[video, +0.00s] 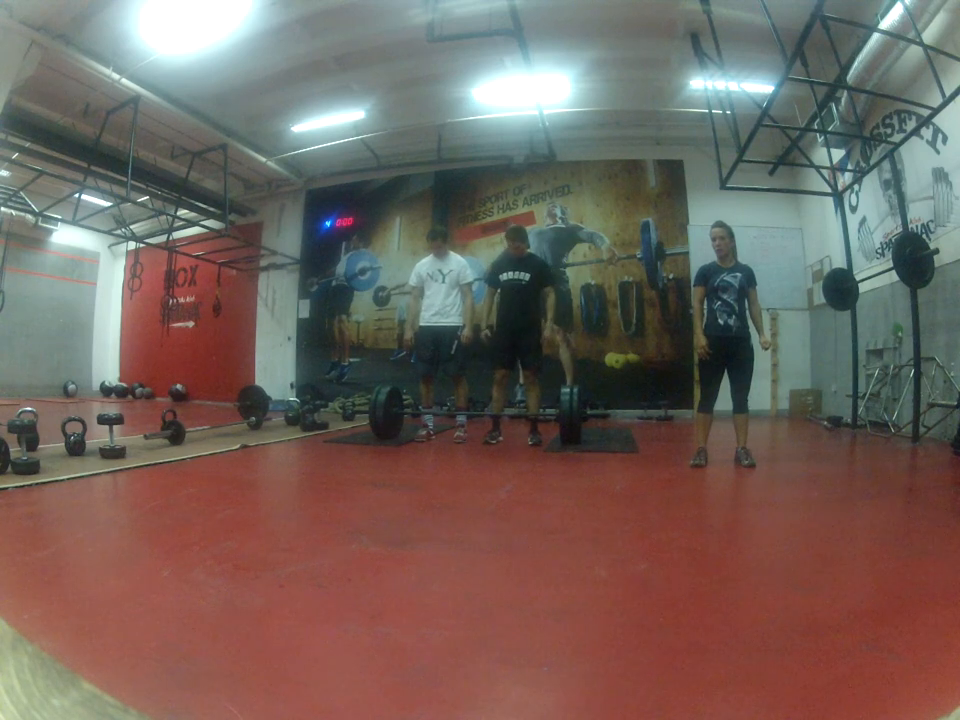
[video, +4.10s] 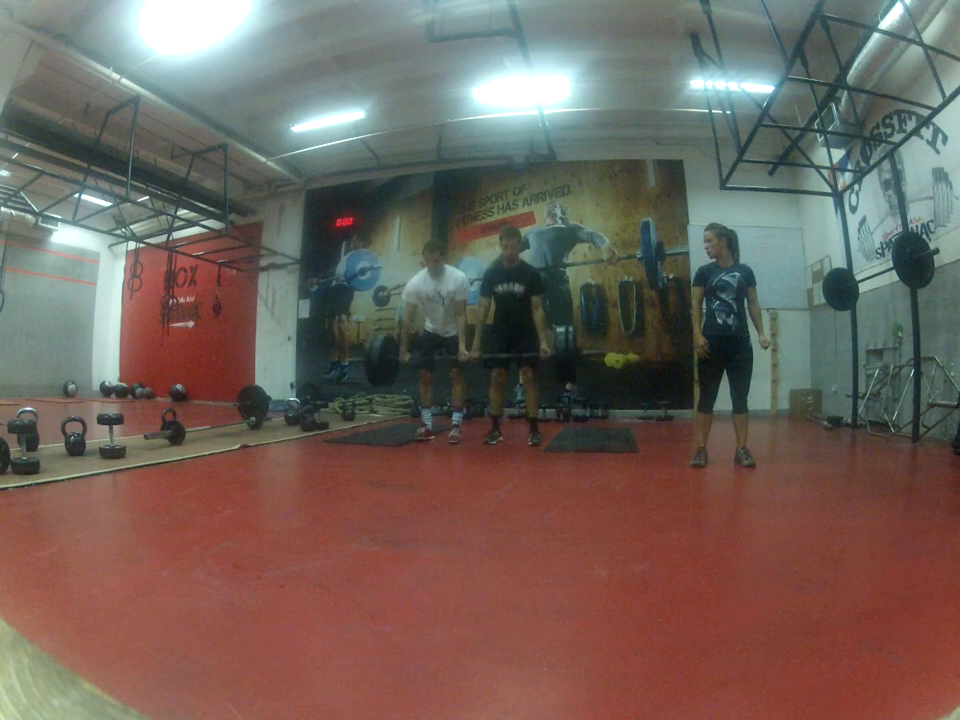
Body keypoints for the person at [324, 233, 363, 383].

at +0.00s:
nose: (352, 243)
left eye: (355, 241)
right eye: (352, 240)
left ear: (361, 243)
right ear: (353, 242)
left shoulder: (360, 257)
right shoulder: (347, 256)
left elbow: (363, 275)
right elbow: (336, 273)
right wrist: (319, 280)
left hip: (346, 288)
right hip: (335, 288)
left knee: (342, 323)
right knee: (334, 325)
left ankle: (345, 362)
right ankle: (335, 361)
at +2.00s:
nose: (353, 243)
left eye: (356, 241)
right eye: (353, 240)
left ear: (360, 243)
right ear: (354, 242)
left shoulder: (360, 256)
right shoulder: (348, 256)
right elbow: (336, 272)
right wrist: (318, 279)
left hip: (346, 288)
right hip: (335, 288)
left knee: (342, 324)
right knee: (334, 324)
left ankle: (345, 362)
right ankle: (335, 361)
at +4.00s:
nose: (354, 243)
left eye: (357, 241)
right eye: (354, 240)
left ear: (362, 243)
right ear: (353, 242)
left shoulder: (361, 257)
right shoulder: (347, 256)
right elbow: (336, 273)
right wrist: (319, 280)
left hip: (346, 289)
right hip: (335, 289)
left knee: (343, 326)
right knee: (334, 326)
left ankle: (345, 363)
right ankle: (335, 361)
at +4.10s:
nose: (354, 243)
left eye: (357, 241)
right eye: (354, 240)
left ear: (362, 243)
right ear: (352, 242)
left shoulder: (361, 257)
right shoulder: (347, 257)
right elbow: (336, 273)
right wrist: (319, 280)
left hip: (346, 289)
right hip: (335, 289)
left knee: (343, 326)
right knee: (333, 326)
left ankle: (345, 364)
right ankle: (335, 362)